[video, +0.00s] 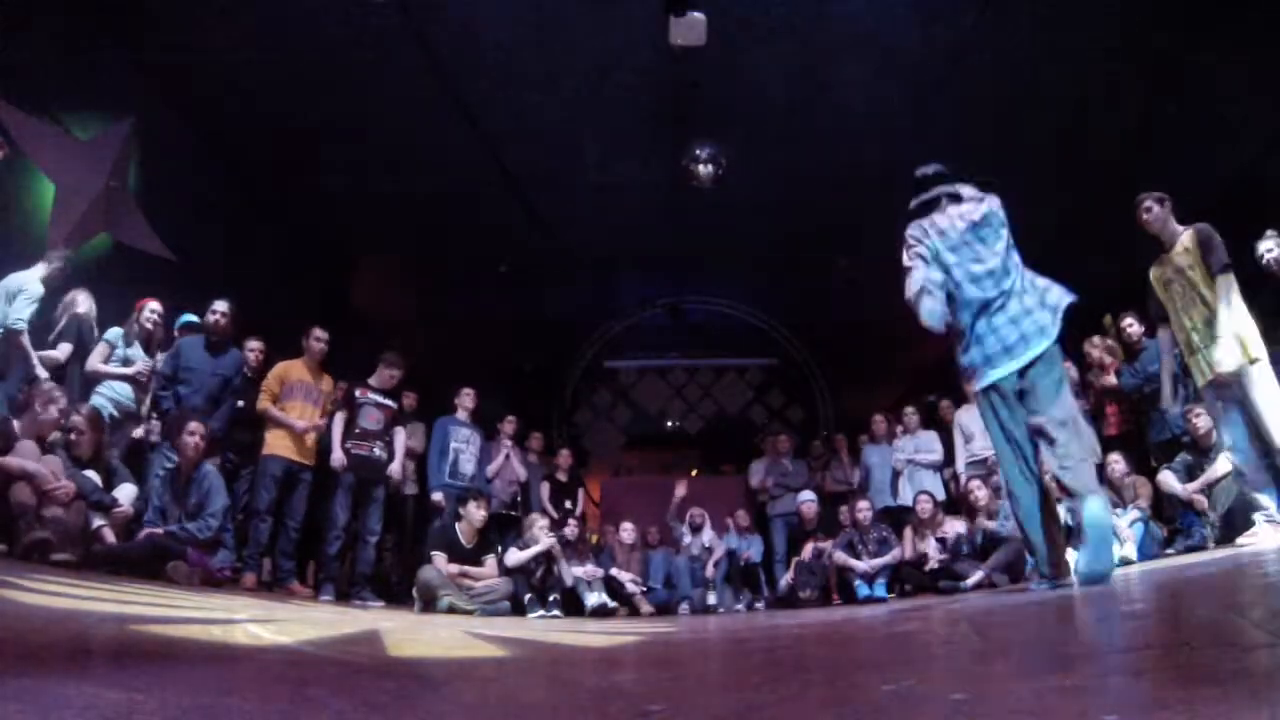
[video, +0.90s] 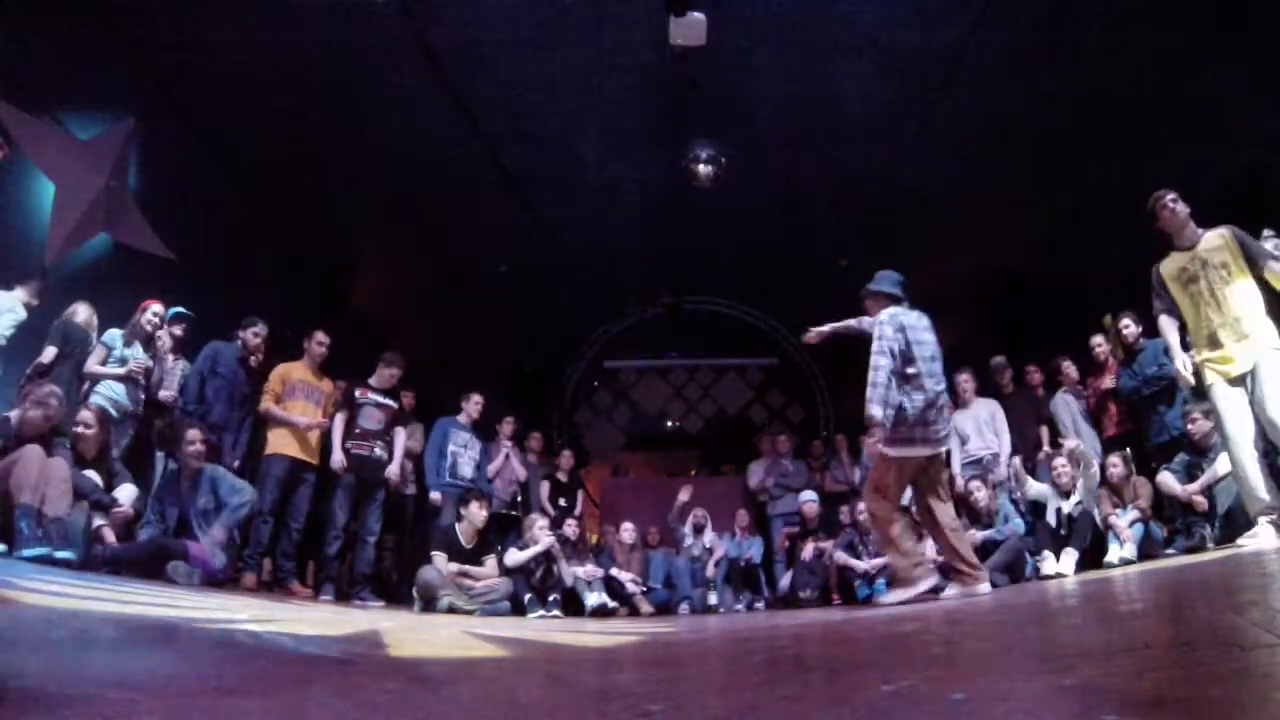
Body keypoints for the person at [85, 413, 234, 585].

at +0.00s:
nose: (196, 441)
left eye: (201, 438)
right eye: (190, 434)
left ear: (205, 446)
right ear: (176, 440)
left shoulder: (211, 477)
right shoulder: (165, 477)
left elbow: (209, 529)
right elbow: (152, 519)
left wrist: (165, 532)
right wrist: (151, 533)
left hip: (210, 553)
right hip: (174, 545)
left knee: (154, 543)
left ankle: (92, 555)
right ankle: (182, 575)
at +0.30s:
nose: (199, 448)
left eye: (203, 442)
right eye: (192, 442)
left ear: (208, 447)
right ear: (180, 448)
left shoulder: (214, 478)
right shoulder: (165, 481)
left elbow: (224, 515)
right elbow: (152, 522)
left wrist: (182, 520)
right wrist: (144, 541)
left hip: (211, 555)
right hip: (171, 547)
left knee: (164, 543)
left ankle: (99, 556)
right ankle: (182, 575)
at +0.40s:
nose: (202, 441)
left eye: (206, 437)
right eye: (197, 435)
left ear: (212, 444)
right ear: (185, 439)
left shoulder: (219, 470)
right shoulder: (169, 471)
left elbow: (242, 492)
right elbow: (154, 519)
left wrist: (208, 467)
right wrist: (141, 544)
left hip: (213, 551)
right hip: (173, 545)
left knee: (162, 544)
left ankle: (94, 556)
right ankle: (185, 576)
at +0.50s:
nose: (205, 440)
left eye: (210, 435)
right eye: (199, 433)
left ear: (214, 441)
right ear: (183, 436)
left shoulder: (217, 469)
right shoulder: (165, 471)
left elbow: (244, 482)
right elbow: (154, 519)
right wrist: (139, 546)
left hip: (214, 557)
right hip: (175, 546)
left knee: (159, 541)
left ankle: (96, 555)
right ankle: (185, 576)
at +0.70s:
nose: (201, 444)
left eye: (204, 439)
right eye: (194, 438)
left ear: (209, 444)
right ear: (179, 444)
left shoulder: (223, 475)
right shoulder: (171, 479)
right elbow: (154, 519)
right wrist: (144, 543)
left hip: (213, 558)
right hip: (175, 547)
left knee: (159, 543)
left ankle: (98, 555)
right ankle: (182, 575)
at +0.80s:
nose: (198, 450)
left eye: (201, 444)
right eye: (191, 445)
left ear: (206, 448)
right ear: (178, 451)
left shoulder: (214, 476)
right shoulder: (171, 478)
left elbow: (242, 496)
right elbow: (154, 517)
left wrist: (225, 540)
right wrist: (143, 544)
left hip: (212, 553)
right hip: (176, 547)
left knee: (159, 546)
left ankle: (102, 555)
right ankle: (184, 575)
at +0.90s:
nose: (199, 449)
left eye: (202, 443)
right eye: (191, 444)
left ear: (206, 446)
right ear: (177, 450)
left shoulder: (214, 474)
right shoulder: (169, 478)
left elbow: (247, 495)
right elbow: (154, 518)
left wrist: (221, 527)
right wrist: (145, 543)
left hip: (211, 551)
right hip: (175, 546)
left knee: (160, 545)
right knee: (152, 557)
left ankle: (102, 555)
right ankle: (184, 575)